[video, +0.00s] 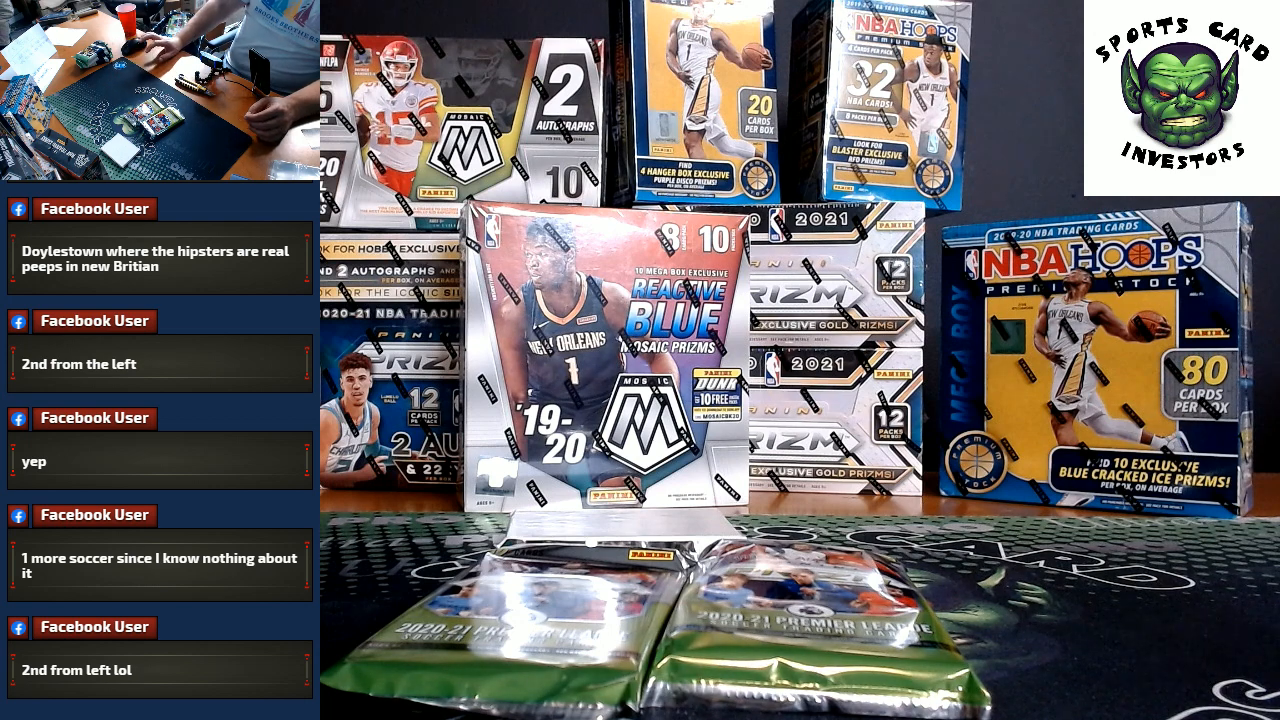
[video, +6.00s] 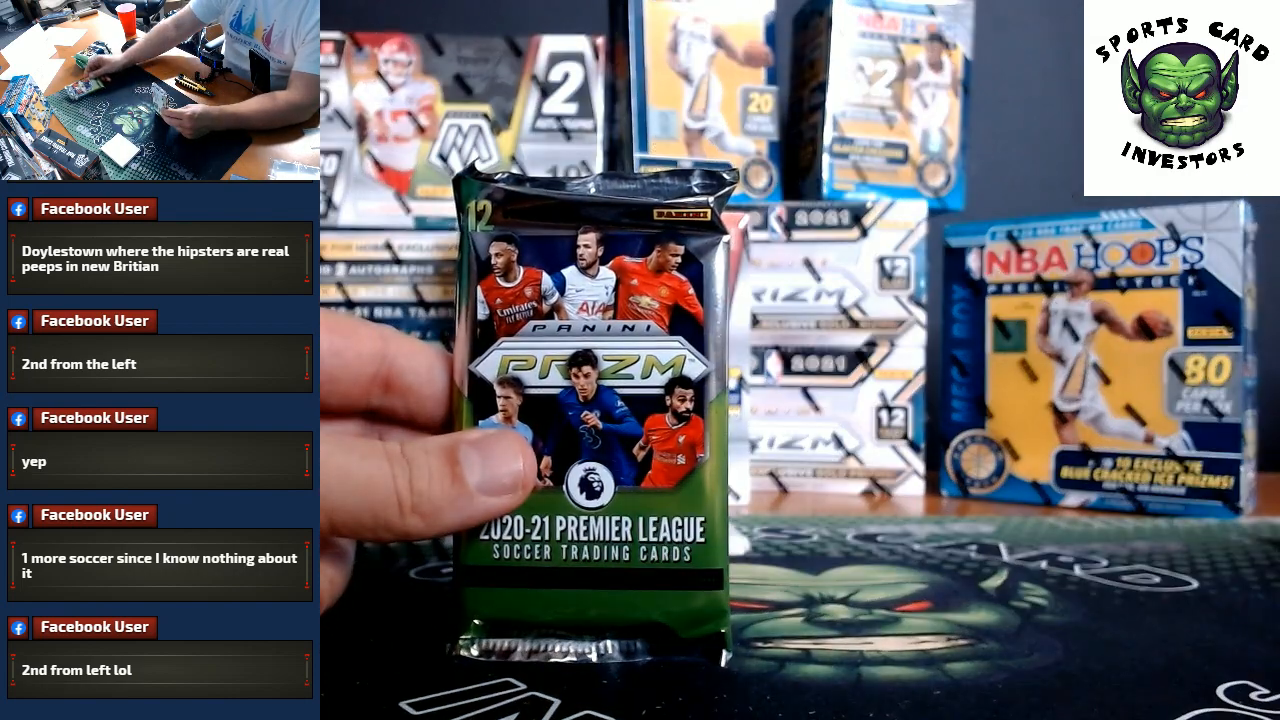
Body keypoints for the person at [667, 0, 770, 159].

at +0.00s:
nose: (697, 8)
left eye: (703, 6)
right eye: (695, 5)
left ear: (711, 12)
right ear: (691, 7)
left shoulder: (715, 34)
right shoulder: (678, 24)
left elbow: (740, 60)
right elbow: (670, 53)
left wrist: (764, 63)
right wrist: (678, 72)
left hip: (705, 87)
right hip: (692, 88)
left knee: (692, 141)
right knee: (725, 145)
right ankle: (767, 158)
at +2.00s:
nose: (697, 9)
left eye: (702, 6)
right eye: (694, 5)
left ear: (711, 12)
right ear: (691, 8)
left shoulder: (715, 34)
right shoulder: (678, 25)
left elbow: (739, 60)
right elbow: (670, 53)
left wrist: (764, 63)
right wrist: (678, 72)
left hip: (705, 87)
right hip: (692, 88)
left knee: (692, 141)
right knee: (725, 145)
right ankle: (767, 158)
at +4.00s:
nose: (697, 9)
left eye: (702, 6)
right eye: (695, 5)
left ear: (711, 11)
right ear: (691, 8)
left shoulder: (715, 34)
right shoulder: (678, 24)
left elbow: (739, 59)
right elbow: (670, 54)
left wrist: (764, 62)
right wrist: (678, 72)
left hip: (705, 87)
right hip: (692, 88)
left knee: (692, 141)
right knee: (725, 145)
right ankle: (765, 157)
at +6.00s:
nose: (693, 11)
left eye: (696, 7)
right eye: (688, 6)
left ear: (702, 8)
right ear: (683, 7)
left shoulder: (712, 30)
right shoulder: (679, 24)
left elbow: (734, 54)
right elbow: (671, 51)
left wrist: (757, 58)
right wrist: (678, 69)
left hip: (707, 85)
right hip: (692, 85)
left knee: (692, 138)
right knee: (723, 142)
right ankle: (757, 152)